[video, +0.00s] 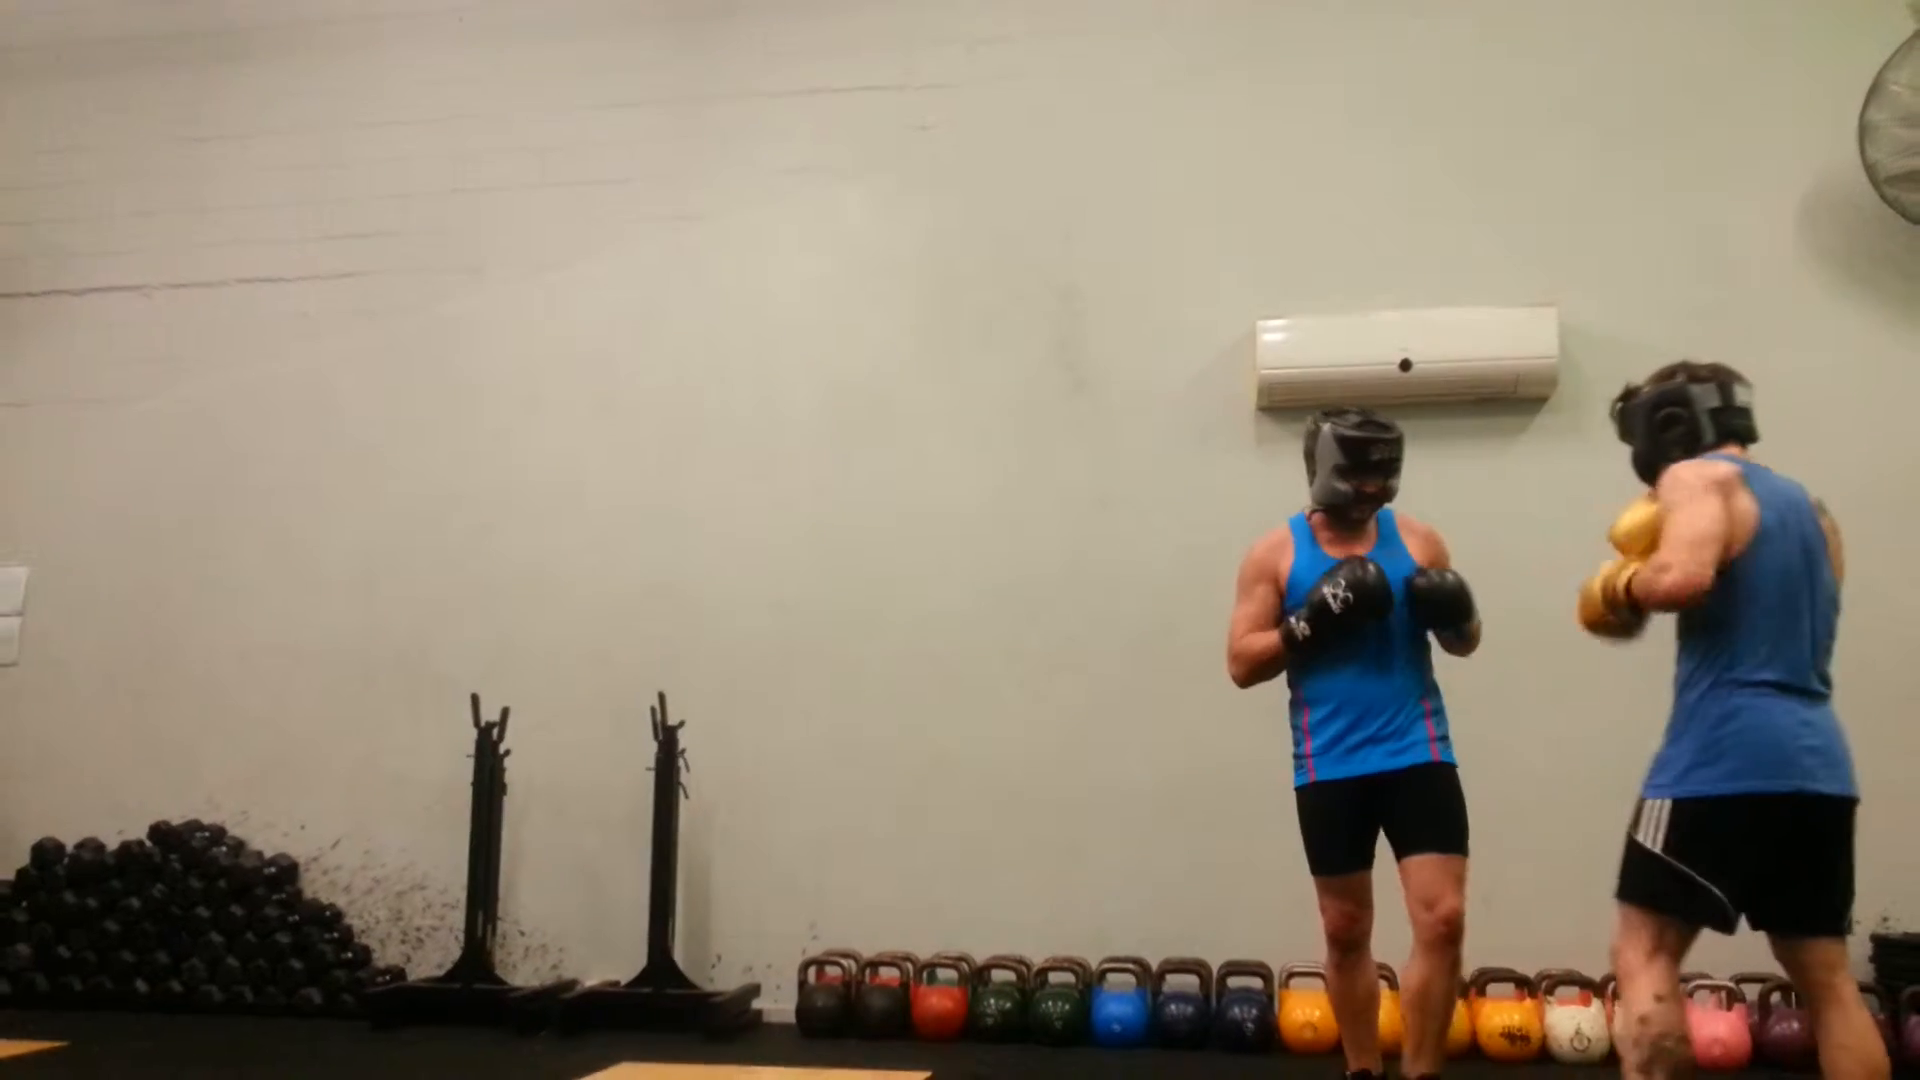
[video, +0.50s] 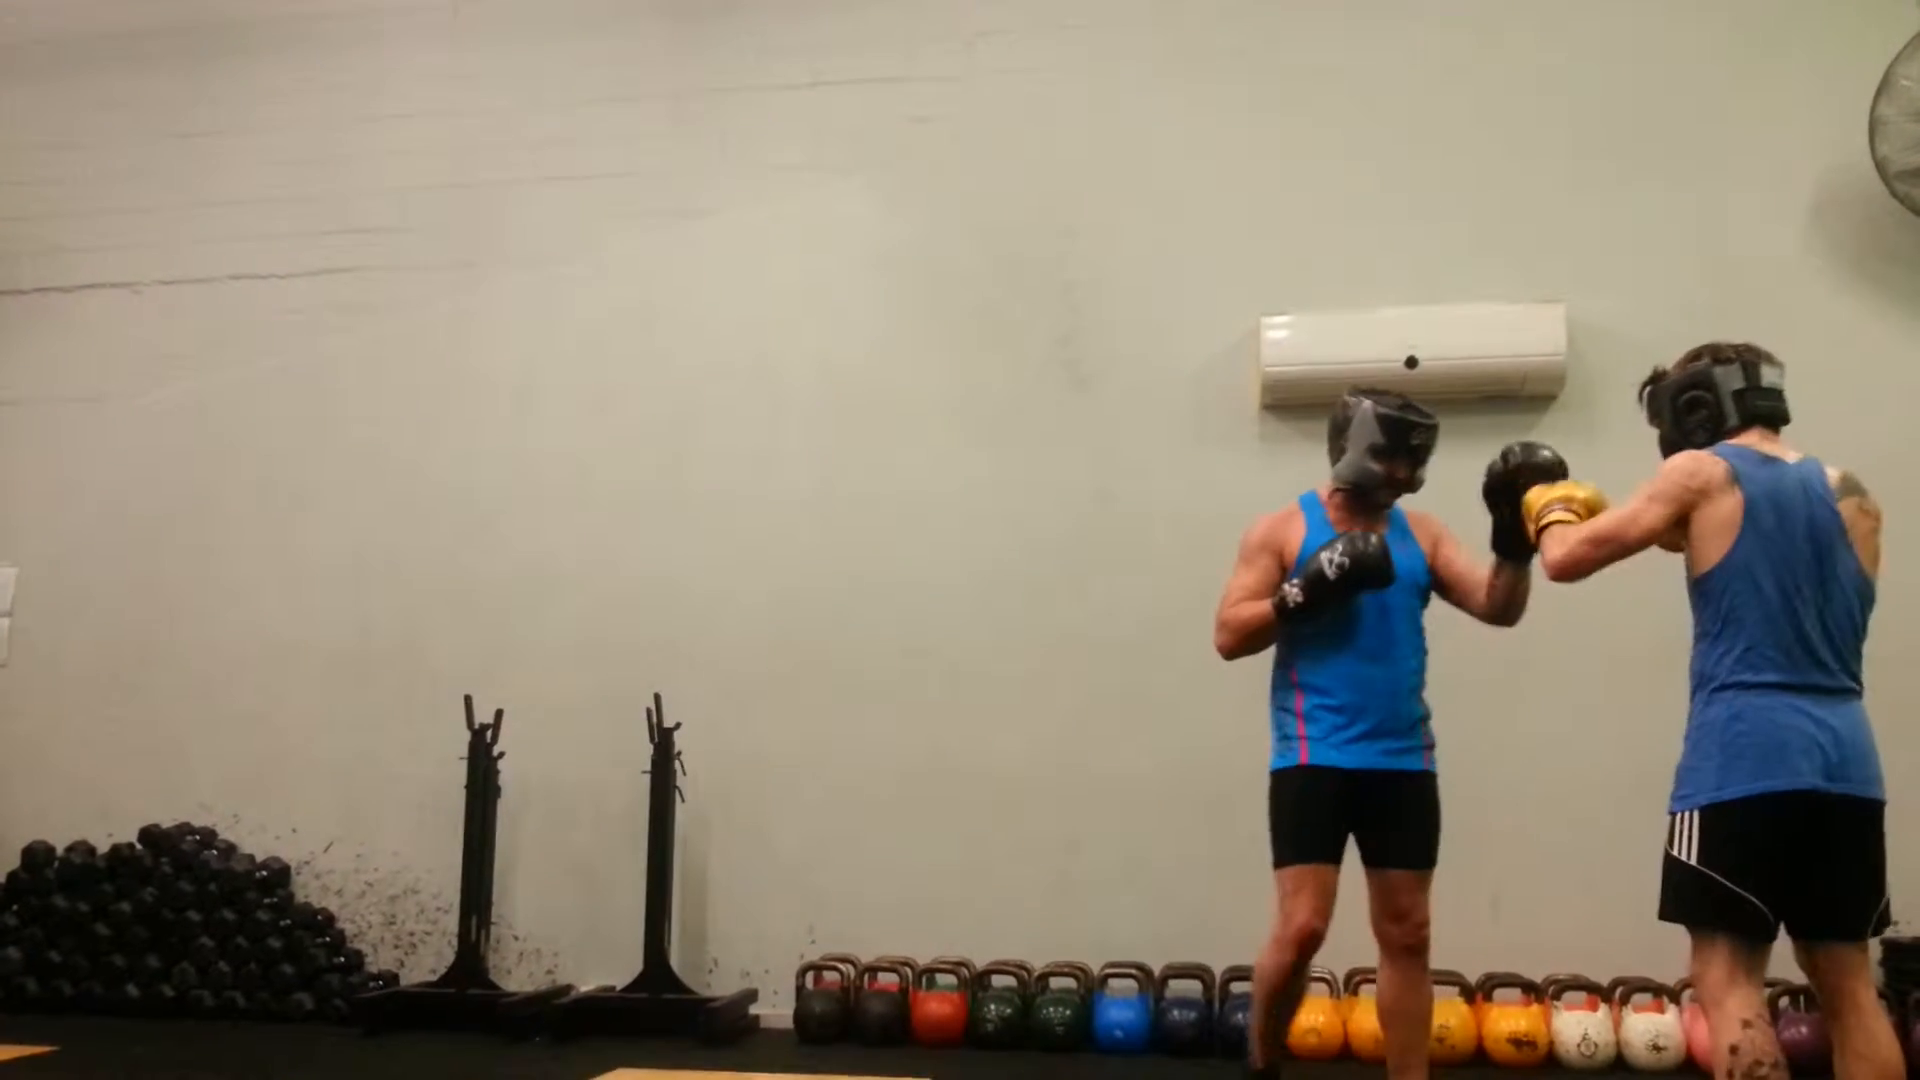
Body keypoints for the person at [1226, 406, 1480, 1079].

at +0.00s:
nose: (1366, 490)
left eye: (1379, 477)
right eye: (1353, 477)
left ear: (1392, 477)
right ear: (1321, 472)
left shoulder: (1418, 542)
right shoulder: (1274, 553)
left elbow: (1464, 646)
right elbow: (1242, 663)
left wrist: (1452, 610)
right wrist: (1313, 618)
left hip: (1419, 757)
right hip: (1330, 768)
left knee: (1443, 919)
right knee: (1344, 929)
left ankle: (1421, 1071)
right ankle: (1362, 1069)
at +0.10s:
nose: (1376, 486)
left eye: (1388, 472)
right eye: (1361, 471)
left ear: (1400, 473)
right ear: (1327, 468)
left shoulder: (1424, 542)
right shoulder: (1278, 552)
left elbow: (1460, 644)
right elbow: (1241, 663)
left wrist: (1462, 614)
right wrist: (1311, 623)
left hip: (1419, 762)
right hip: (1329, 772)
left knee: (1432, 926)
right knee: (1343, 936)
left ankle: (1414, 1074)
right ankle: (1363, 1070)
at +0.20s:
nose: (1390, 479)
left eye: (1401, 465)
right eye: (1375, 464)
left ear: (1411, 468)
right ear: (1338, 461)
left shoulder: (1428, 539)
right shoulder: (1283, 543)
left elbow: (1473, 645)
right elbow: (1241, 654)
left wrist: (1484, 602)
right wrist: (1312, 616)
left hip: (1421, 761)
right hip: (1329, 768)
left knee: (1431, 930)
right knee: (1337, 935)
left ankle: (1416, 1075)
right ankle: (1363, 1070)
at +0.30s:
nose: (1398, 474)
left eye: (1406, 461)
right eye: (1384, 460)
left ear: (1414, 468)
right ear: (1349, 458)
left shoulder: (1432, 535)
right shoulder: (1290, 535)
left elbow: (1486, 645)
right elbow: (1239, 645)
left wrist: (1498, 573)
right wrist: (1311, 605)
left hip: (1419, 760)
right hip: (1325, 764)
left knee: (1424, 930)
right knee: (1321, 938)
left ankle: (1417, 1075)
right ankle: (1347, 1066)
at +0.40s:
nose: (1400, 469)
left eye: (1411, 457)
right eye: (1387, 454)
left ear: (1420, 467)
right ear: (1351, 452)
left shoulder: (1431, 536)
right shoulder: (1291, 532)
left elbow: (1502, 619)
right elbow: (1238, 639)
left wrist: (1513, 535)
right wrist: (1311, 592)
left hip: (1413, 764)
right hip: (1320, 765)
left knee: (1418, 929)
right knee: (1308, 933)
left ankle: (1414, 1076)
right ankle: (1312, 1067)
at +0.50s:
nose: (1412, 470)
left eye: (1416, 457)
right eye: (1401, 455)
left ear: (1413, 465)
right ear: (1358, 452)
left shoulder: (1420, 531)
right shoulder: (1283, 528)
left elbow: (1501, 604)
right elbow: (1231, 635)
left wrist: (1515, 522)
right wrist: (1310, 587)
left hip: (1402, 760)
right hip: (1312, 760)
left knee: (1408, 931)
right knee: (1303, 928)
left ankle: (1410, 1077)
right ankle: (1263, 1067)